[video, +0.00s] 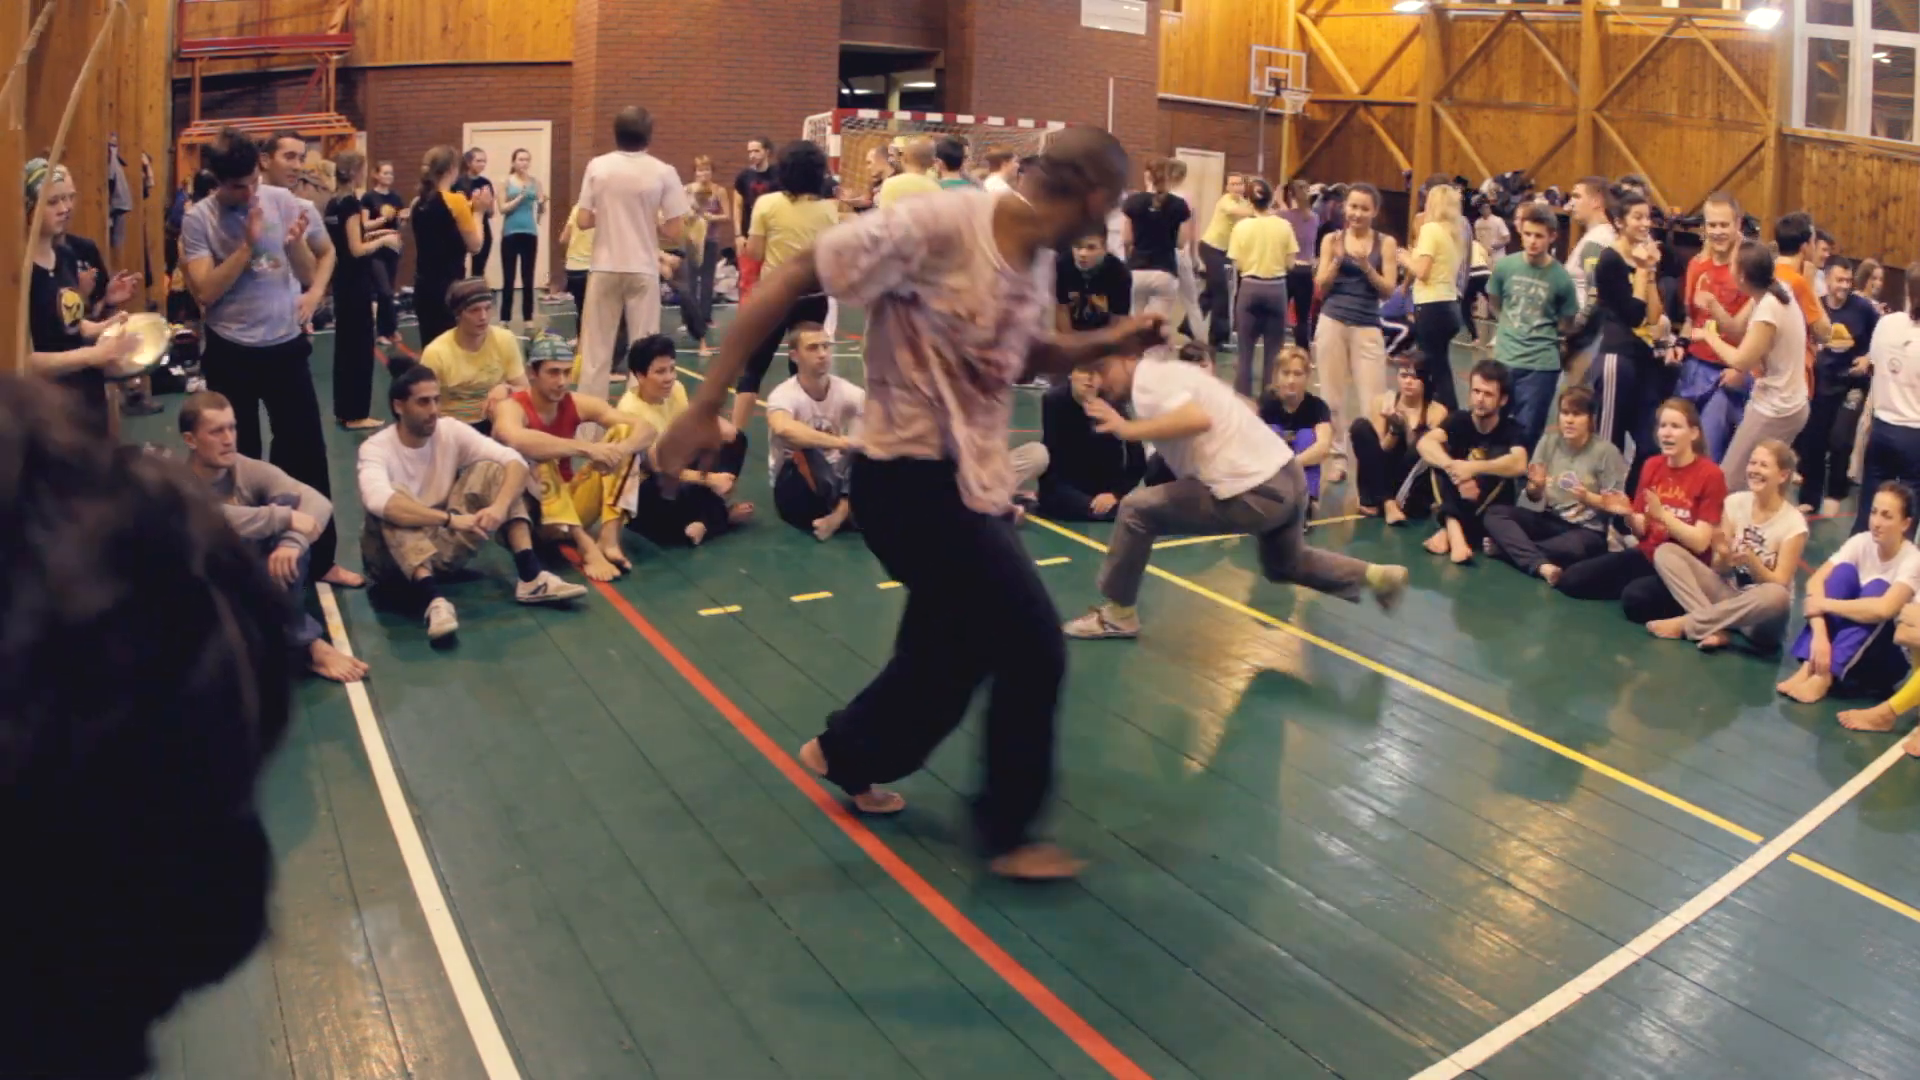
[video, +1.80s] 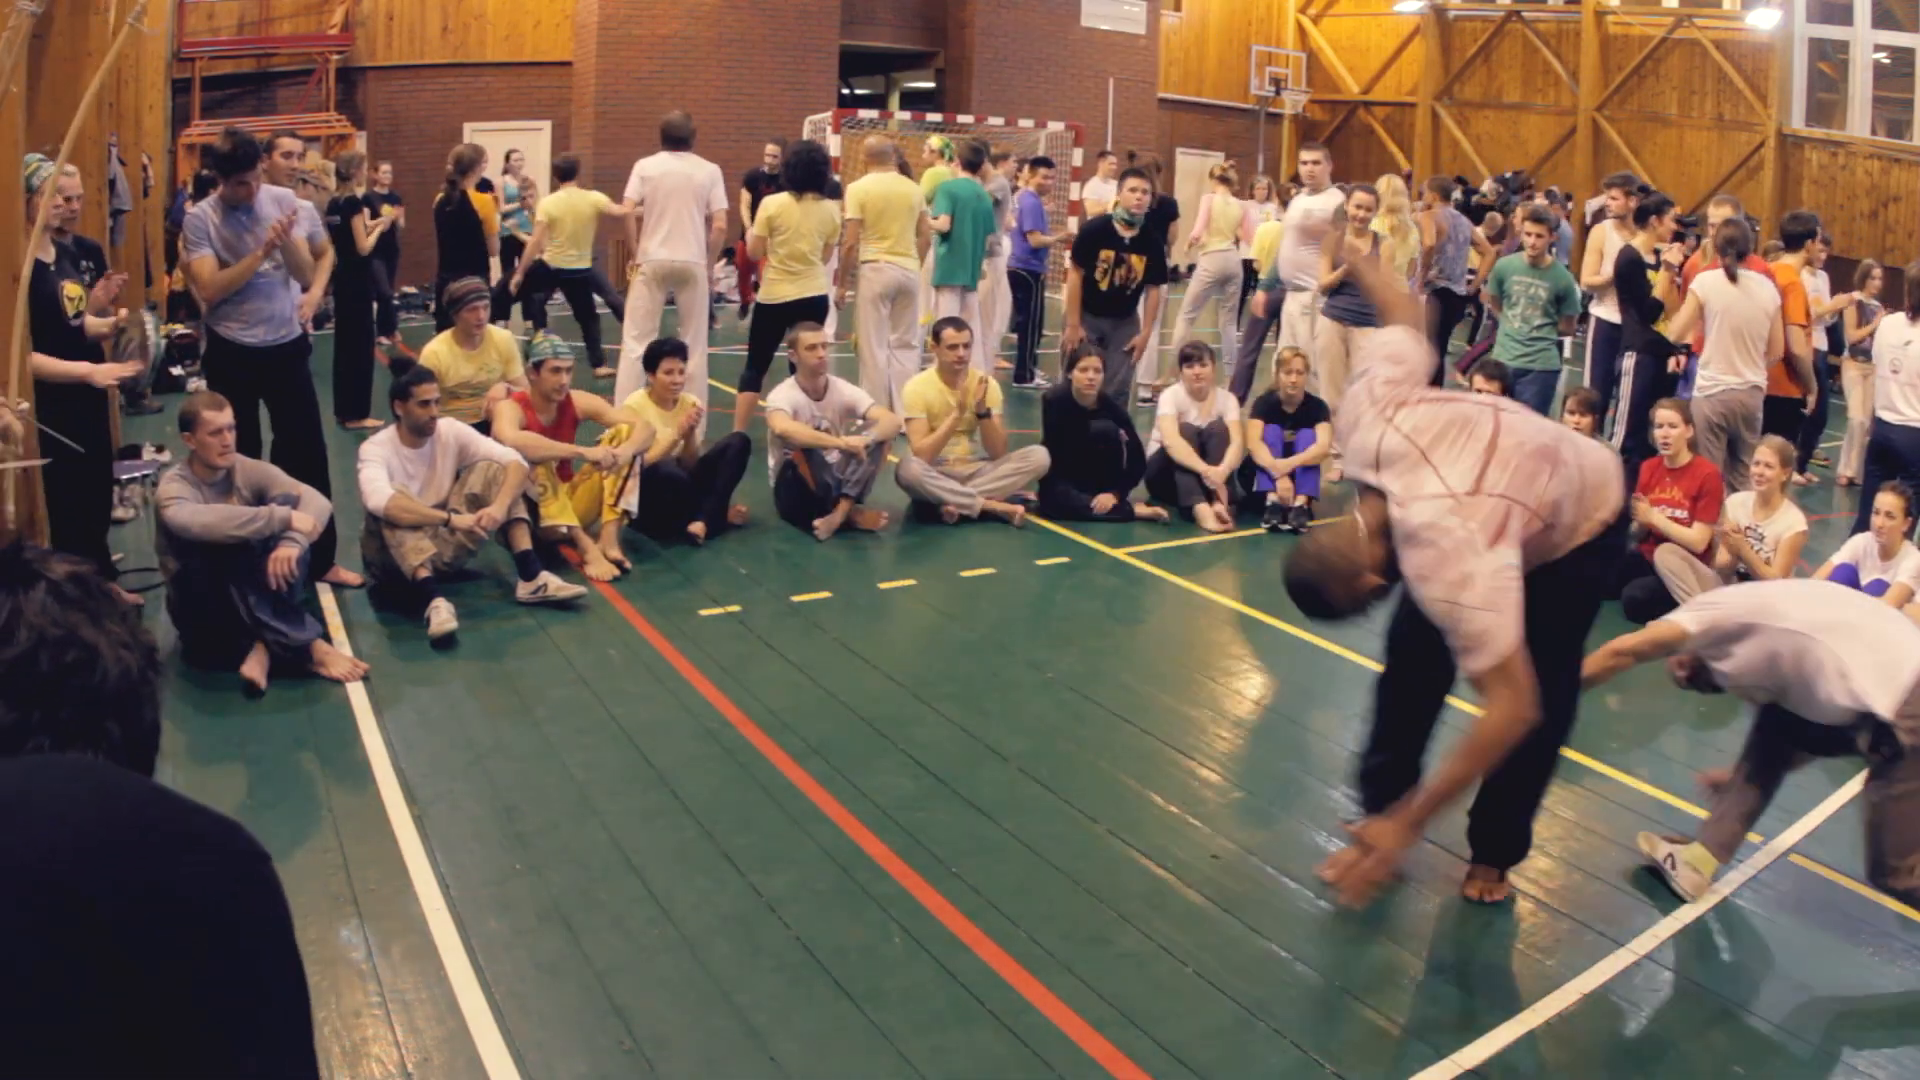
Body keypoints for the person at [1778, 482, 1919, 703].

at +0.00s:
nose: (1876, 522)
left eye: (1886, 516)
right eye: (1874, 512)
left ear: (1906, 524)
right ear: (1869, 513)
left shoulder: (1913, 559)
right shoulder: (1860, 542)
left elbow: (1885, 610)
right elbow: (1815, 581)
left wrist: (1823, 604)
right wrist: (1820, 638)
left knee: (1877, 587)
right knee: (1843, 572)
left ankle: (1824, 676)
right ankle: (1807, 666)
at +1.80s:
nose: (1879, 523)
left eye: (1889, 516)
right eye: (1876, 513)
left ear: (1906, 524)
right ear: (1871, 515)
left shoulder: (1913, 558)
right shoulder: (1860, 541)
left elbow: (1888, 606)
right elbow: (1817, 579)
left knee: (1877, 586)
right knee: (1845, 572)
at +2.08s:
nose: (1880, 524)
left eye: (1891, 516)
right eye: (1877, 513)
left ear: (1907, 523)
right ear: (1871, 515)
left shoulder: (1912, 558)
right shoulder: (1860, 541)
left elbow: (1888, 606)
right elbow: (1814, 581)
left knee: (1876, 586)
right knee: (1844, 572)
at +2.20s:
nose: (1881, 523)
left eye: (1891, 516)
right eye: (1877, 513)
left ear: (1907, 524)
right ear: (1871, 515)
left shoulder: (1913, 560)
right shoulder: (1860, 543)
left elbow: (1890, 605)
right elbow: (1826, 575)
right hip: (1853, 620)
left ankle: (1817, 678)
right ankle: (1809, 673)